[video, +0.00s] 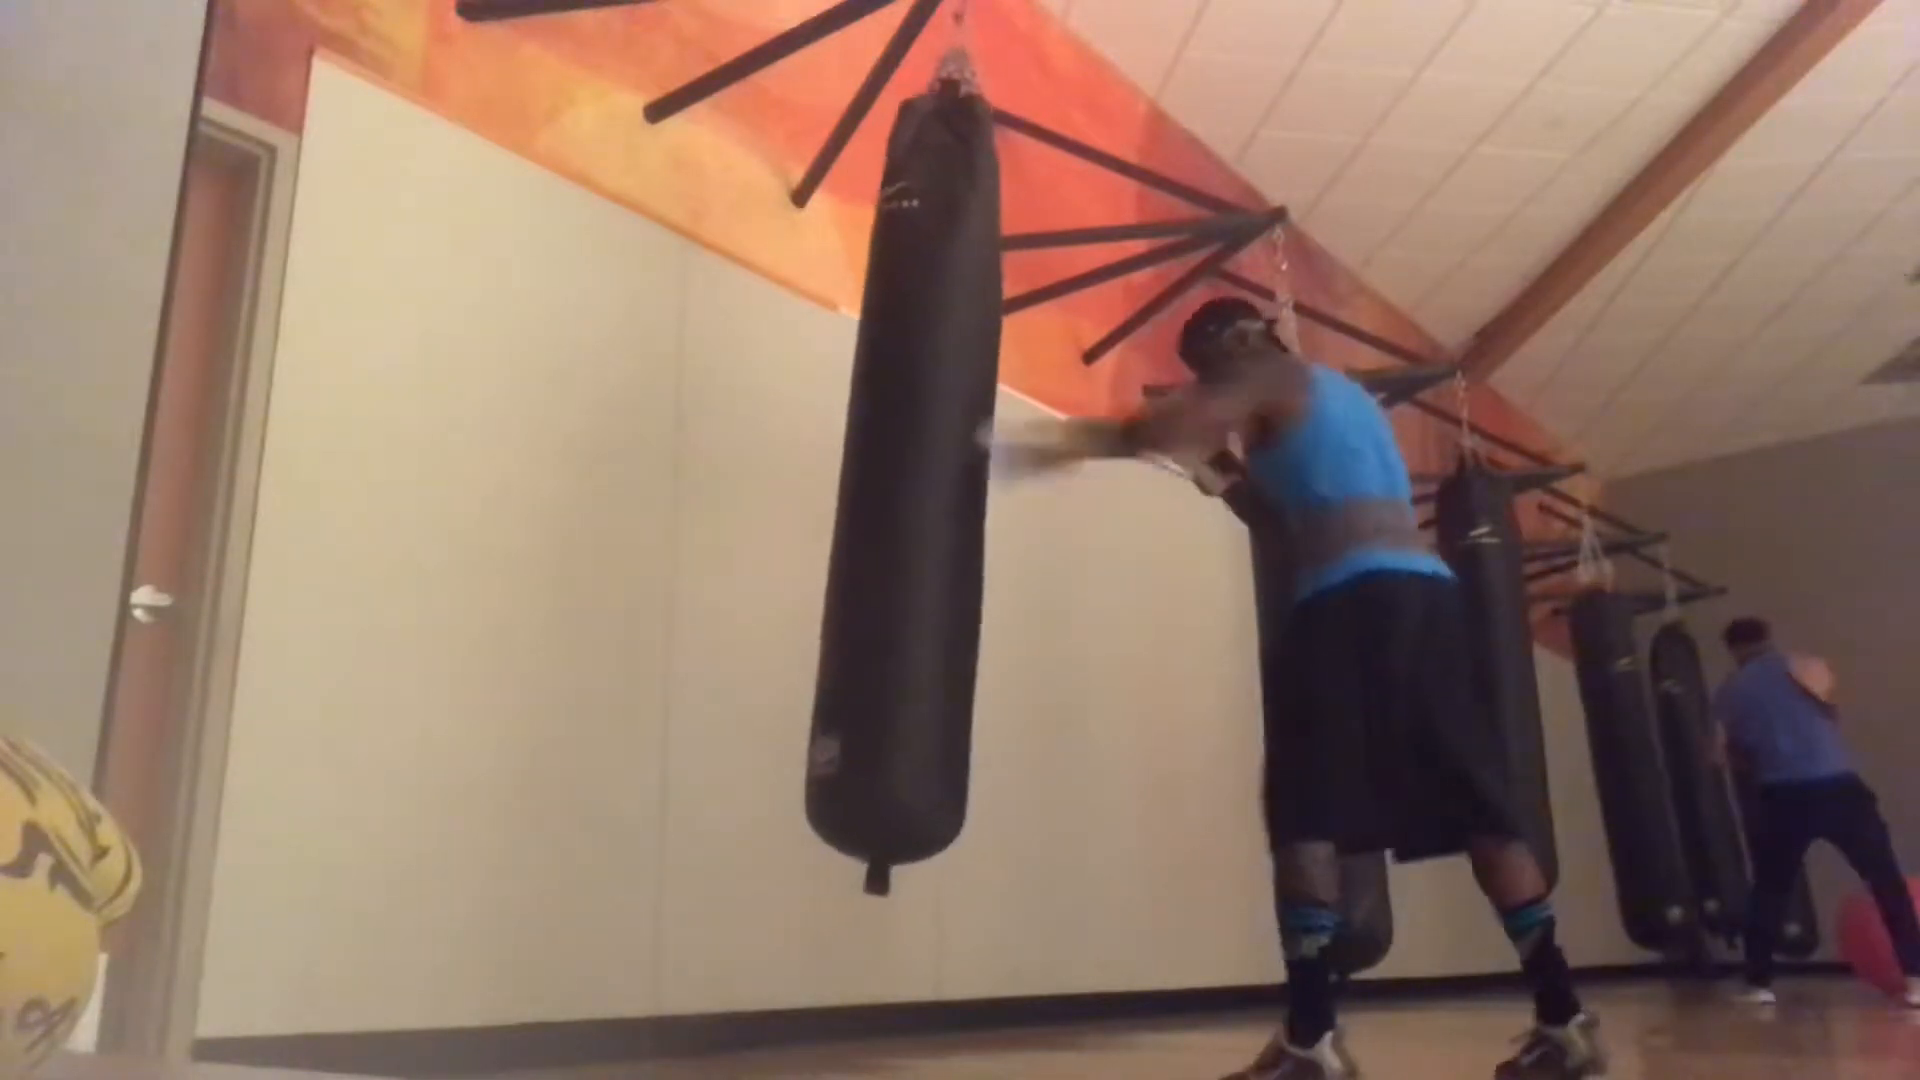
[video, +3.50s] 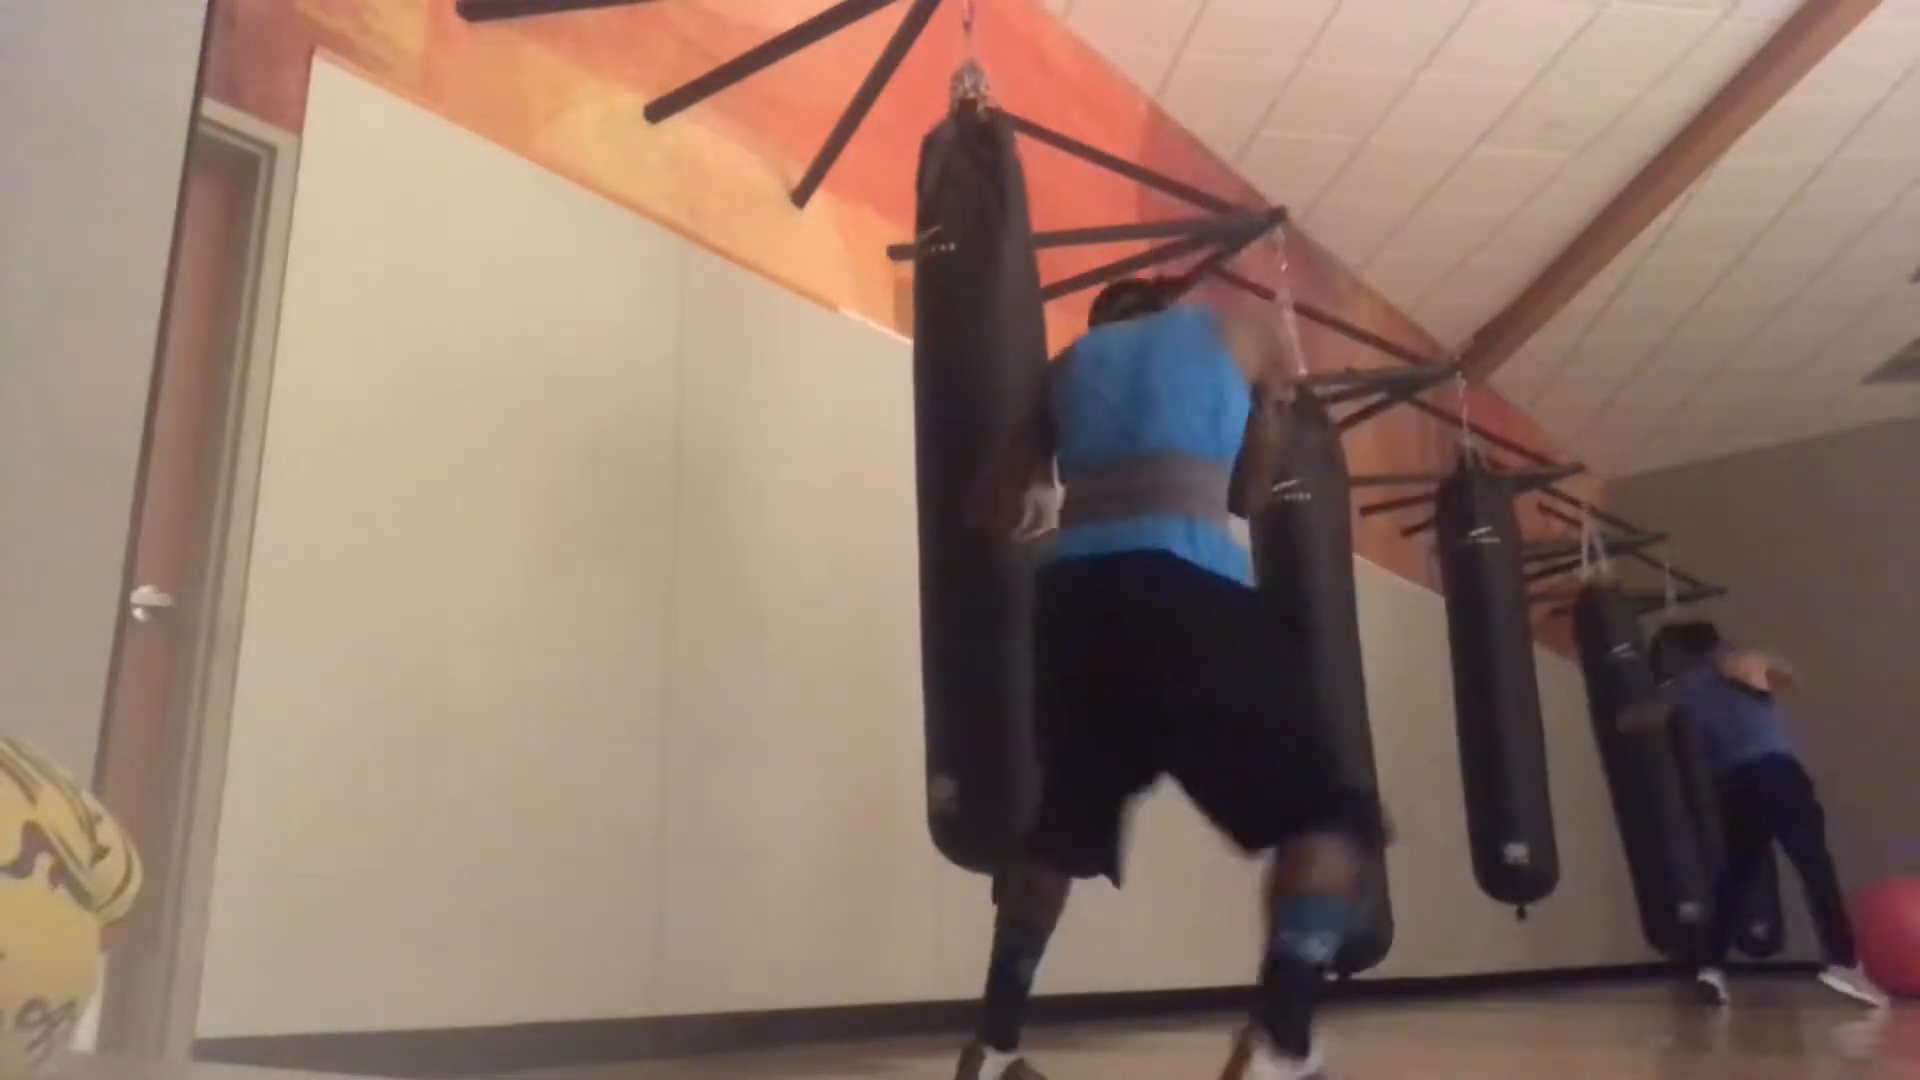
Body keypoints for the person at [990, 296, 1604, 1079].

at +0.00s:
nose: (1207, 386)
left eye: (1207, 371)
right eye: (1204, 375)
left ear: (1235, 342)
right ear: (1268, 336)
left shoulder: (1265, 370)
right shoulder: (1347, 399)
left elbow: (1173, 428)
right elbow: (1308, 530)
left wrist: (1072, 439)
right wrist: (1233, 485)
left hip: (1343, 611)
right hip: (1428, 604)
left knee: (1301, 815)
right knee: (1477, 803)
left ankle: (1311, 1036)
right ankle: (1565, 1018)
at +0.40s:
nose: (1239, 403)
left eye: (1239, 383)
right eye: (1233, 393)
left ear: (1266, 352)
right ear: (1296, 342)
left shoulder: (1306, 376)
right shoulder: (1385, 414)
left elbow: (1268, 475)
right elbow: (1271, 514)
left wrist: (1190, 467)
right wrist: (1180, 495)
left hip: (1382, 625)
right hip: (1461, 624)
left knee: (1296, 817)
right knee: (1478, 830)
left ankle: (1309, 1036)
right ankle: (1594, 1022)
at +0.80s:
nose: (1211, 395)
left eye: (1212, 380)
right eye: (1209, 385)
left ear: (1235, 352)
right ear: (1278, 334)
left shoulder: (1260, 373)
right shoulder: (1380, 393)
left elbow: (1201, 462)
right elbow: (1399, 493)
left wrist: (1144, 460)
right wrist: (1245, 448)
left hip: (1321, 619)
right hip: (1431, 614)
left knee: (1231, 804)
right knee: (1487, 820)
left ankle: (1234, 1008)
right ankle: (1579, 1024)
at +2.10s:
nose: (1219, 291)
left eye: (1220, 277)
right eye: (1219, 280)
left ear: (1242, 254)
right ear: (1305, 232)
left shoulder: (1250, 279)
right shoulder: (1409, 292)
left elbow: (1133, 382)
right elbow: (1439, 443)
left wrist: (1085, 377)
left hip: (1297, 567)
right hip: (1433, 566)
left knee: (1231, 808)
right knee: (1501, 811)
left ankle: (1187, 1040)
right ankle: (1577, 1060)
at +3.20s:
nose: (1152, 276)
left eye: (1156, 265)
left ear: (1177, 259)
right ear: (1266, 254)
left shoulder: (1152, 291)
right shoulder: (1321, 299)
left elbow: (1055, 437)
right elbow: (1319, 431)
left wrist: (1059, 438)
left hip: (1166, 582)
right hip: (1299, 585)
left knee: (1122, 794)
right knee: (1394, 815)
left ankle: (1098, 1011)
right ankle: (1447, 1051)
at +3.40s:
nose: (1251, 303)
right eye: (1240, 295)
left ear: (1122, 321)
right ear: (1199, 301)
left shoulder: (1086, 368)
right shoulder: (1250, 329)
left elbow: (1012, 458)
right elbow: (1287, 482)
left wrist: (988, 524)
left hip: (1097, 604)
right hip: (1221, 598)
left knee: (1069, 825)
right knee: (1381, 806)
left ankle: (996, 1043)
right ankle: (1389, 1024)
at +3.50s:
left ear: (1098, 325)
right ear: (1177, 309)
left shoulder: (1063, 372)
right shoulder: (1242, 327)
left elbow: (994, 513)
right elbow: (1253, 488)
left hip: (1075, 595)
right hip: (1196, 592)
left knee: (1061, 816)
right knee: (1315, 813)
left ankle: (994, 1042)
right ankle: (1282, 1041)